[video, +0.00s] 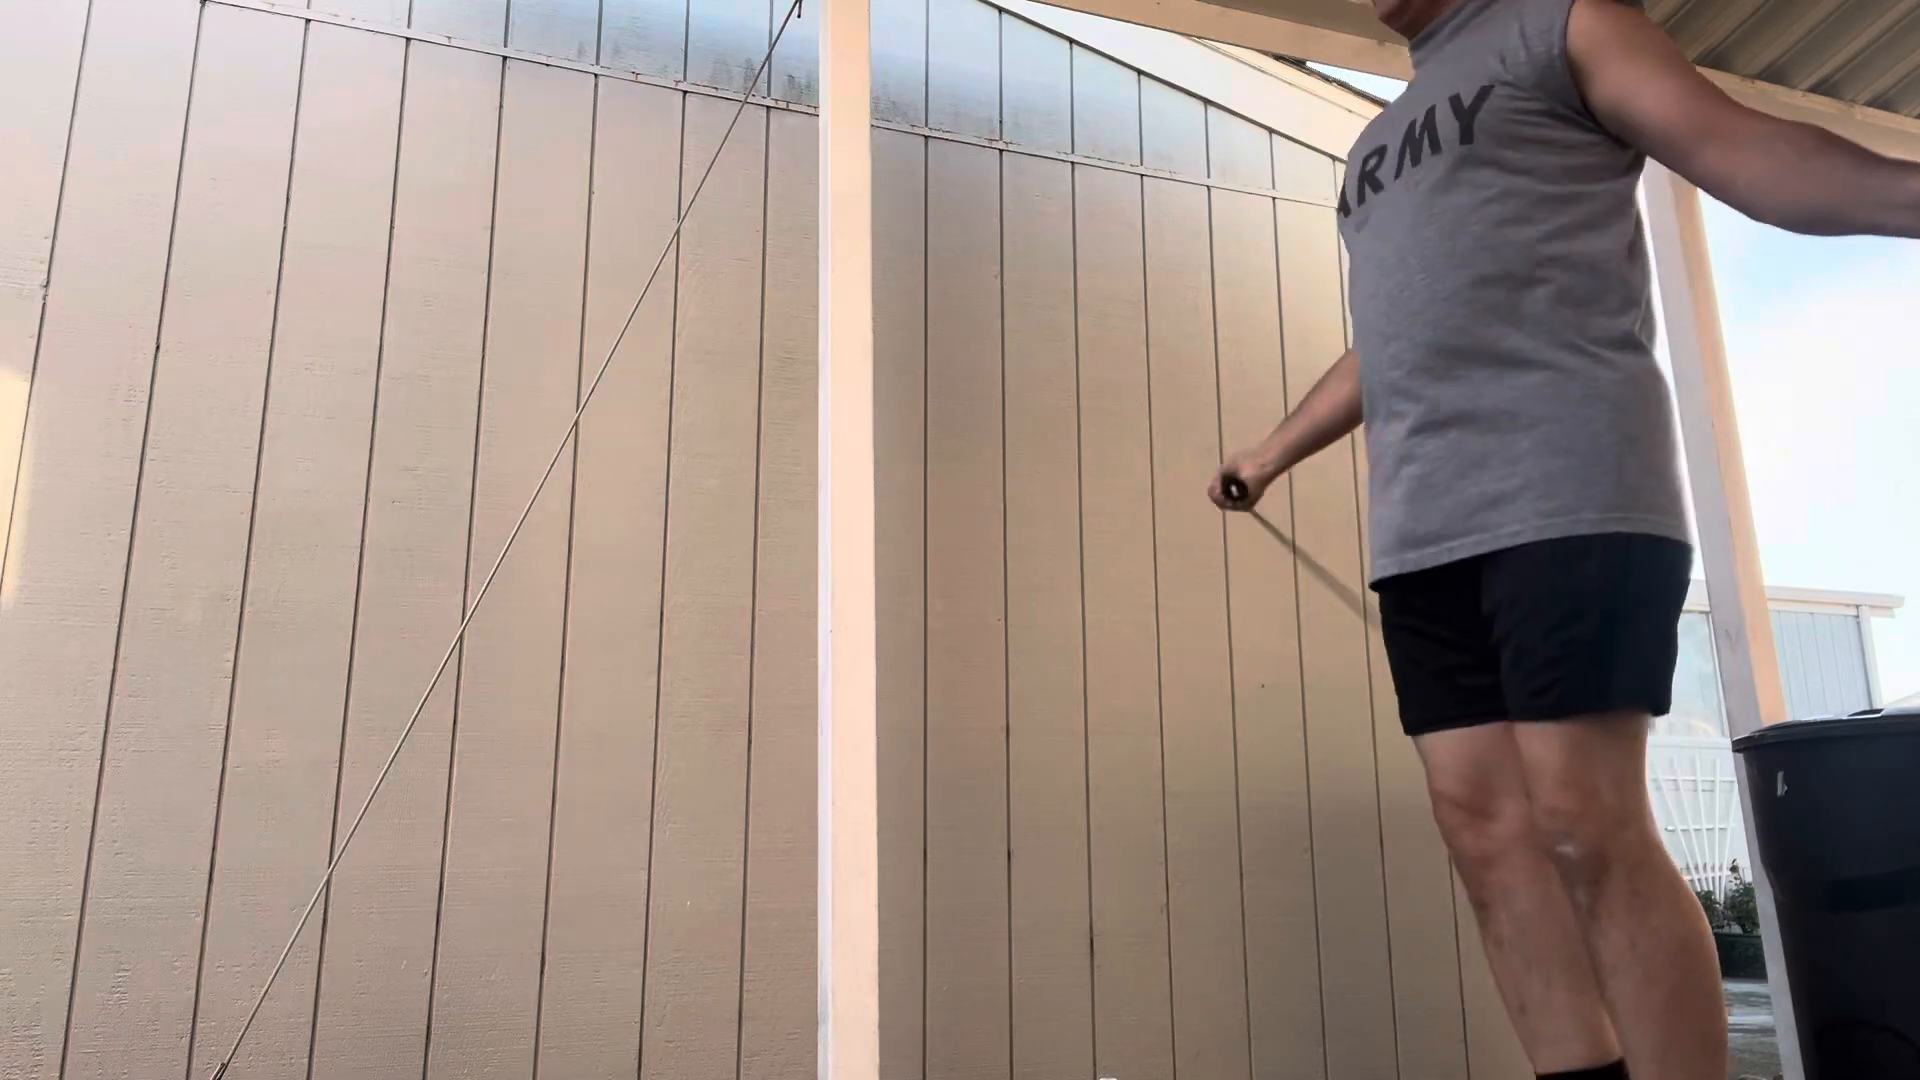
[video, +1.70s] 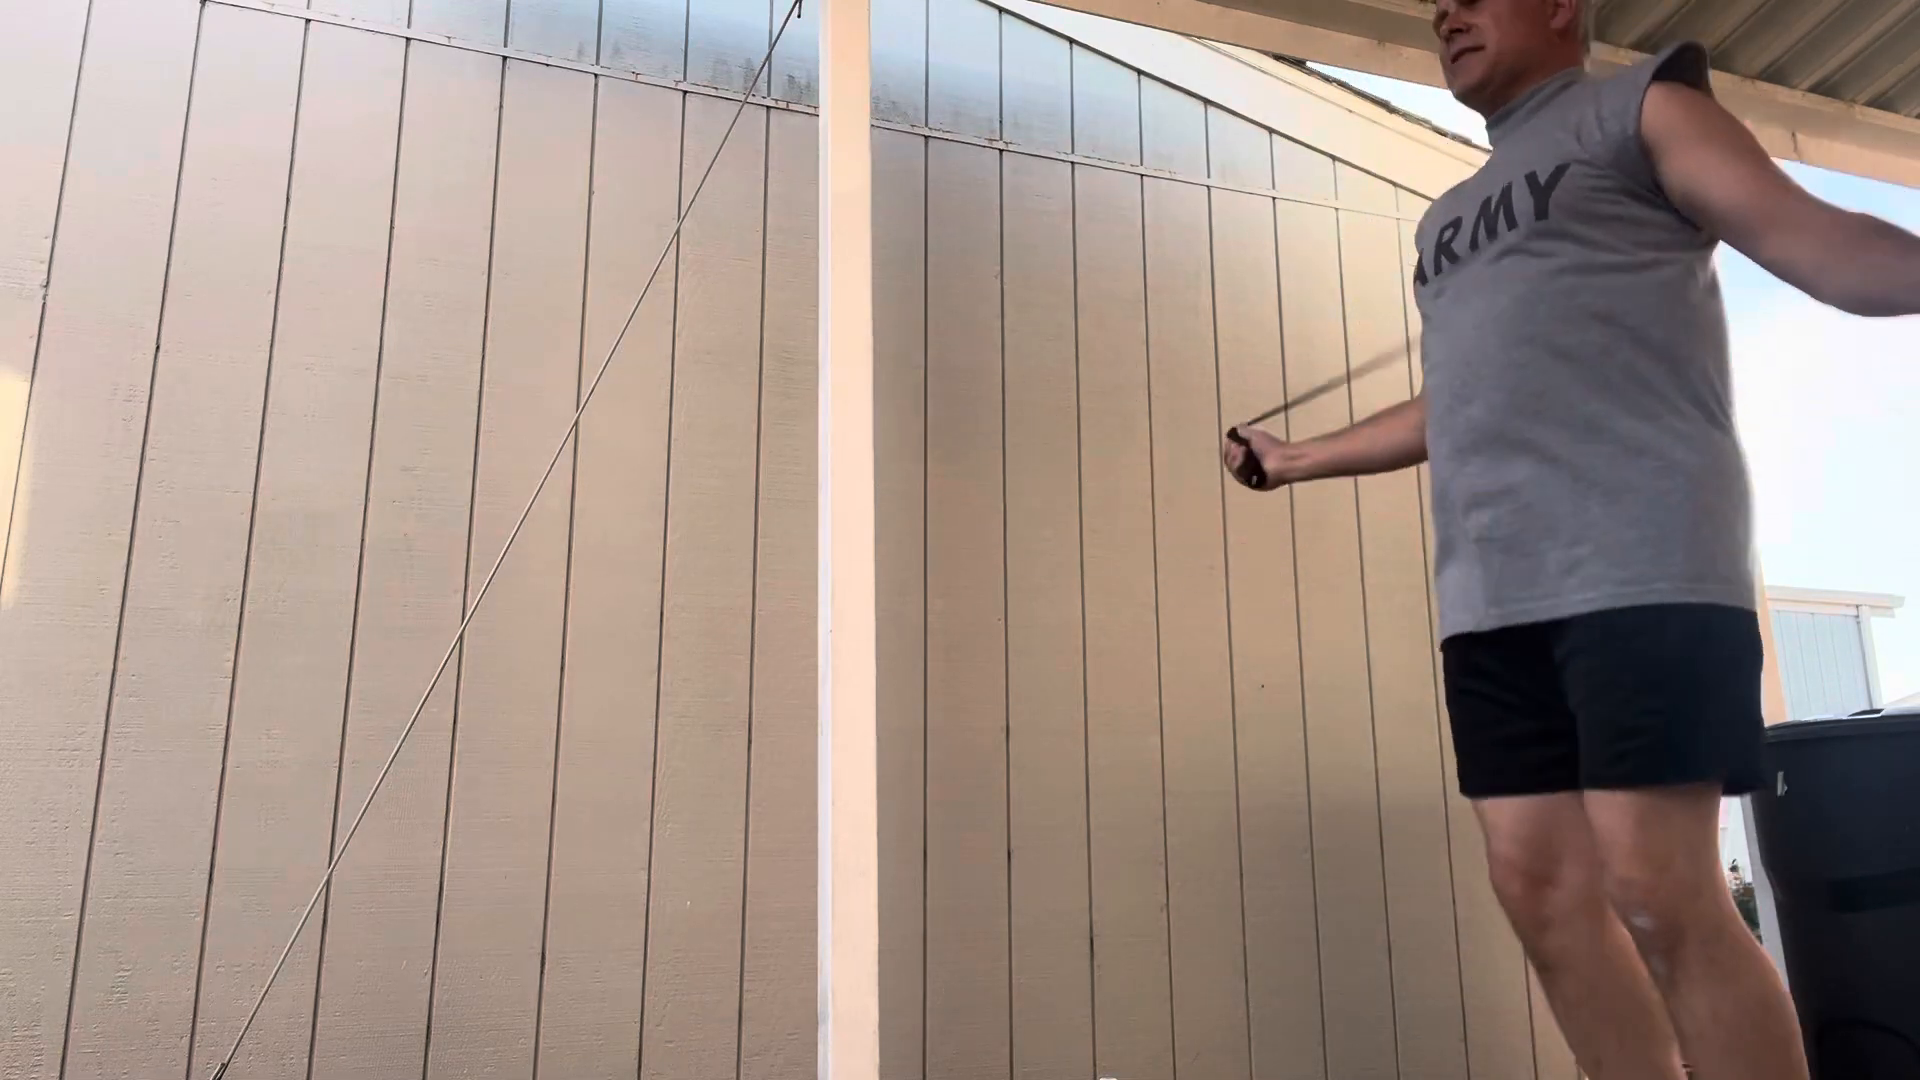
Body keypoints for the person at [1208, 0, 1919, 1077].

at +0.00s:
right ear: (1390, 1)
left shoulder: (1556, 24)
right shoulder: (1372, 148)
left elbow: (1728, 142)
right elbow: (1382, 349)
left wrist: (1904, 195)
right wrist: (1266, 456)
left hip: (1576, 484)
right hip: (1420, 519)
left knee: (1590, 821)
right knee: (1483, 831)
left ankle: (1682, 1065)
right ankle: (1586, 1065)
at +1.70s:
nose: (1448, 14)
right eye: (1441, 7)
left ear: (1564, 7)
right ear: (1444, 51)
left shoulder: (1640, 102)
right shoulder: (1445, 220)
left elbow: (1800, 231)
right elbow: (1449, 408)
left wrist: (1919, 273)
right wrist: (1291, 459)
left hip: (1647, 559)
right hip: (1487, 584)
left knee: (1666, 896)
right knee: (1539, 893)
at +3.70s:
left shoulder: (1672, 47)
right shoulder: (1475, 170)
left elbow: (1838, 172)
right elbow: (1486, 357)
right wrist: (1358, 458)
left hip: (1687, 504)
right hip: (1528, 539)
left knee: (1710, 837)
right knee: (1599, 837)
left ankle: (1799, 1066)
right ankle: (1694, 1071)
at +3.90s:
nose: (1488, 55)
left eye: (1515, 30)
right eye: (1480, 42)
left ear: (1600, 40)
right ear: (1483, 70)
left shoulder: (1685, 147)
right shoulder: (1494, 265)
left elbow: (1827, 286)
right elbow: (1481, 457)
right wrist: (1329, 526)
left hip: (1705, 623)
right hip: (1544, 648)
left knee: (1712, 948)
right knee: (1571, 940)